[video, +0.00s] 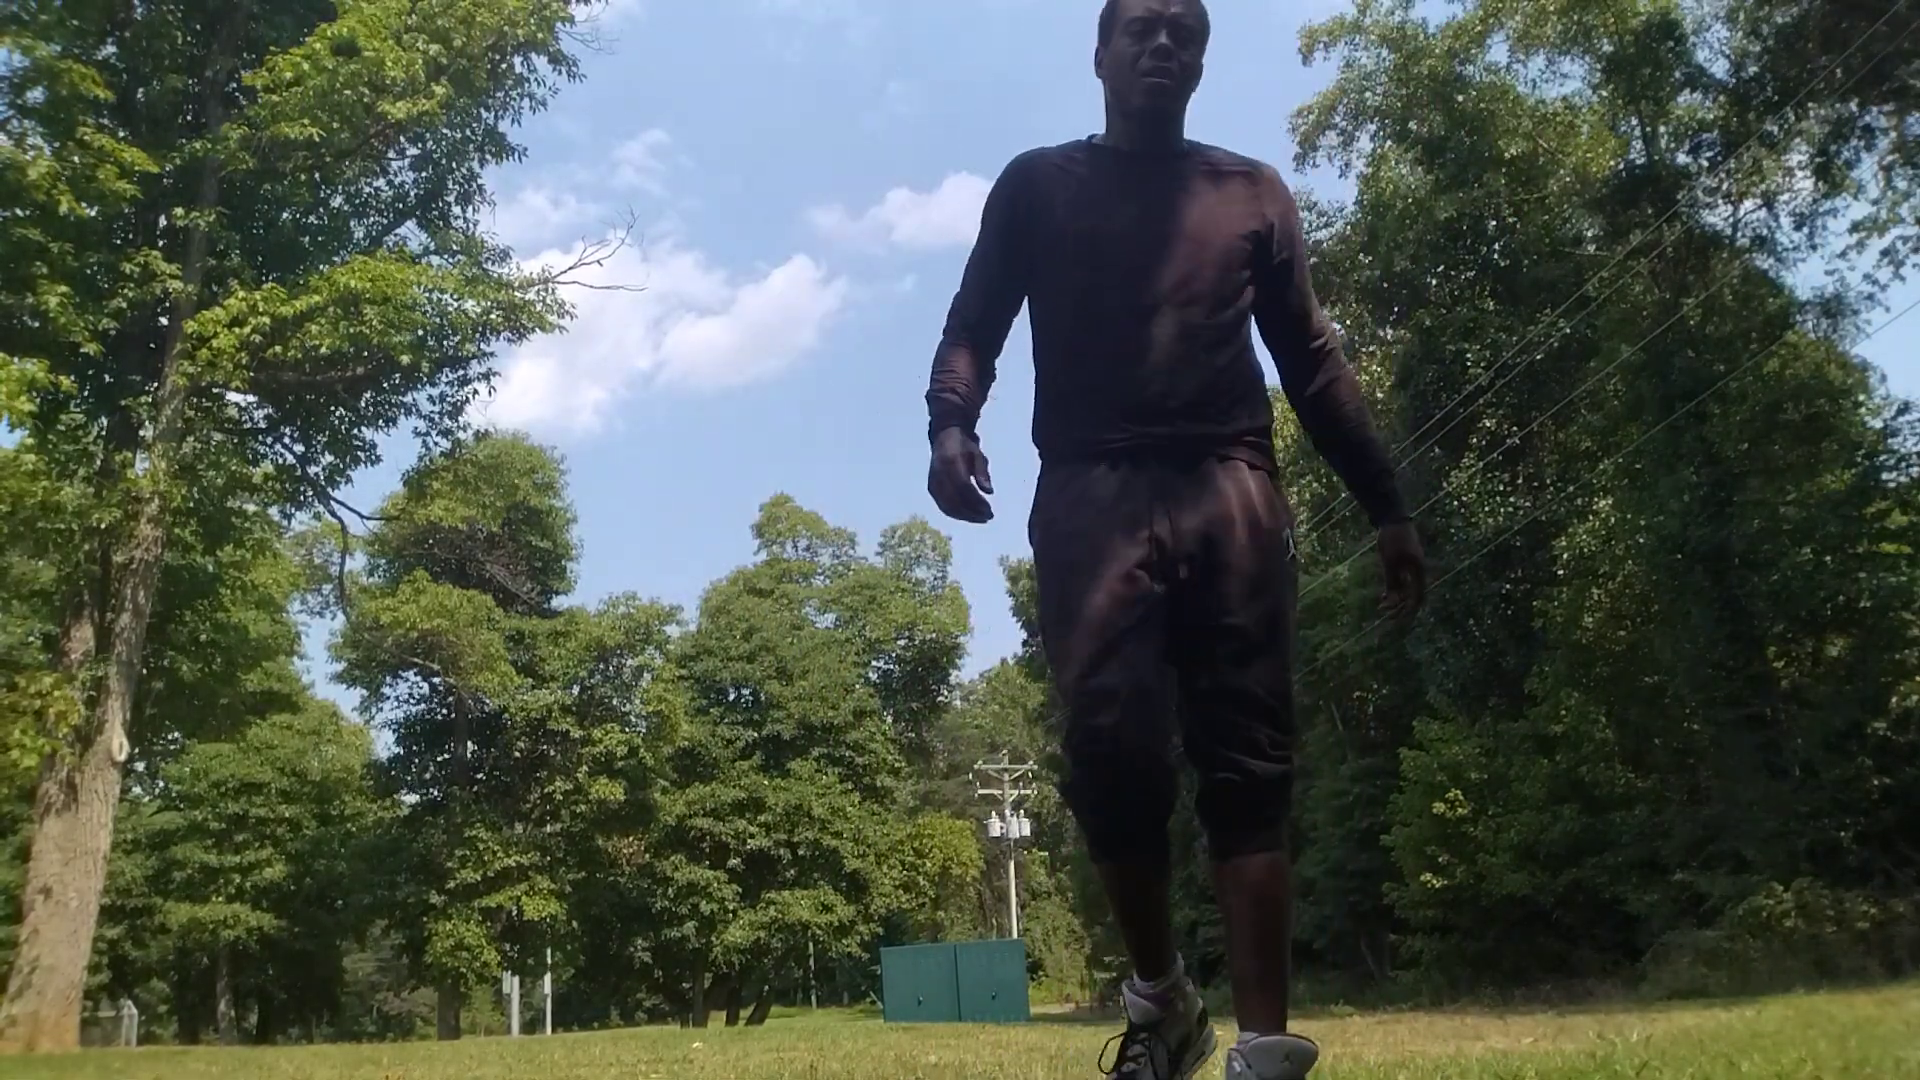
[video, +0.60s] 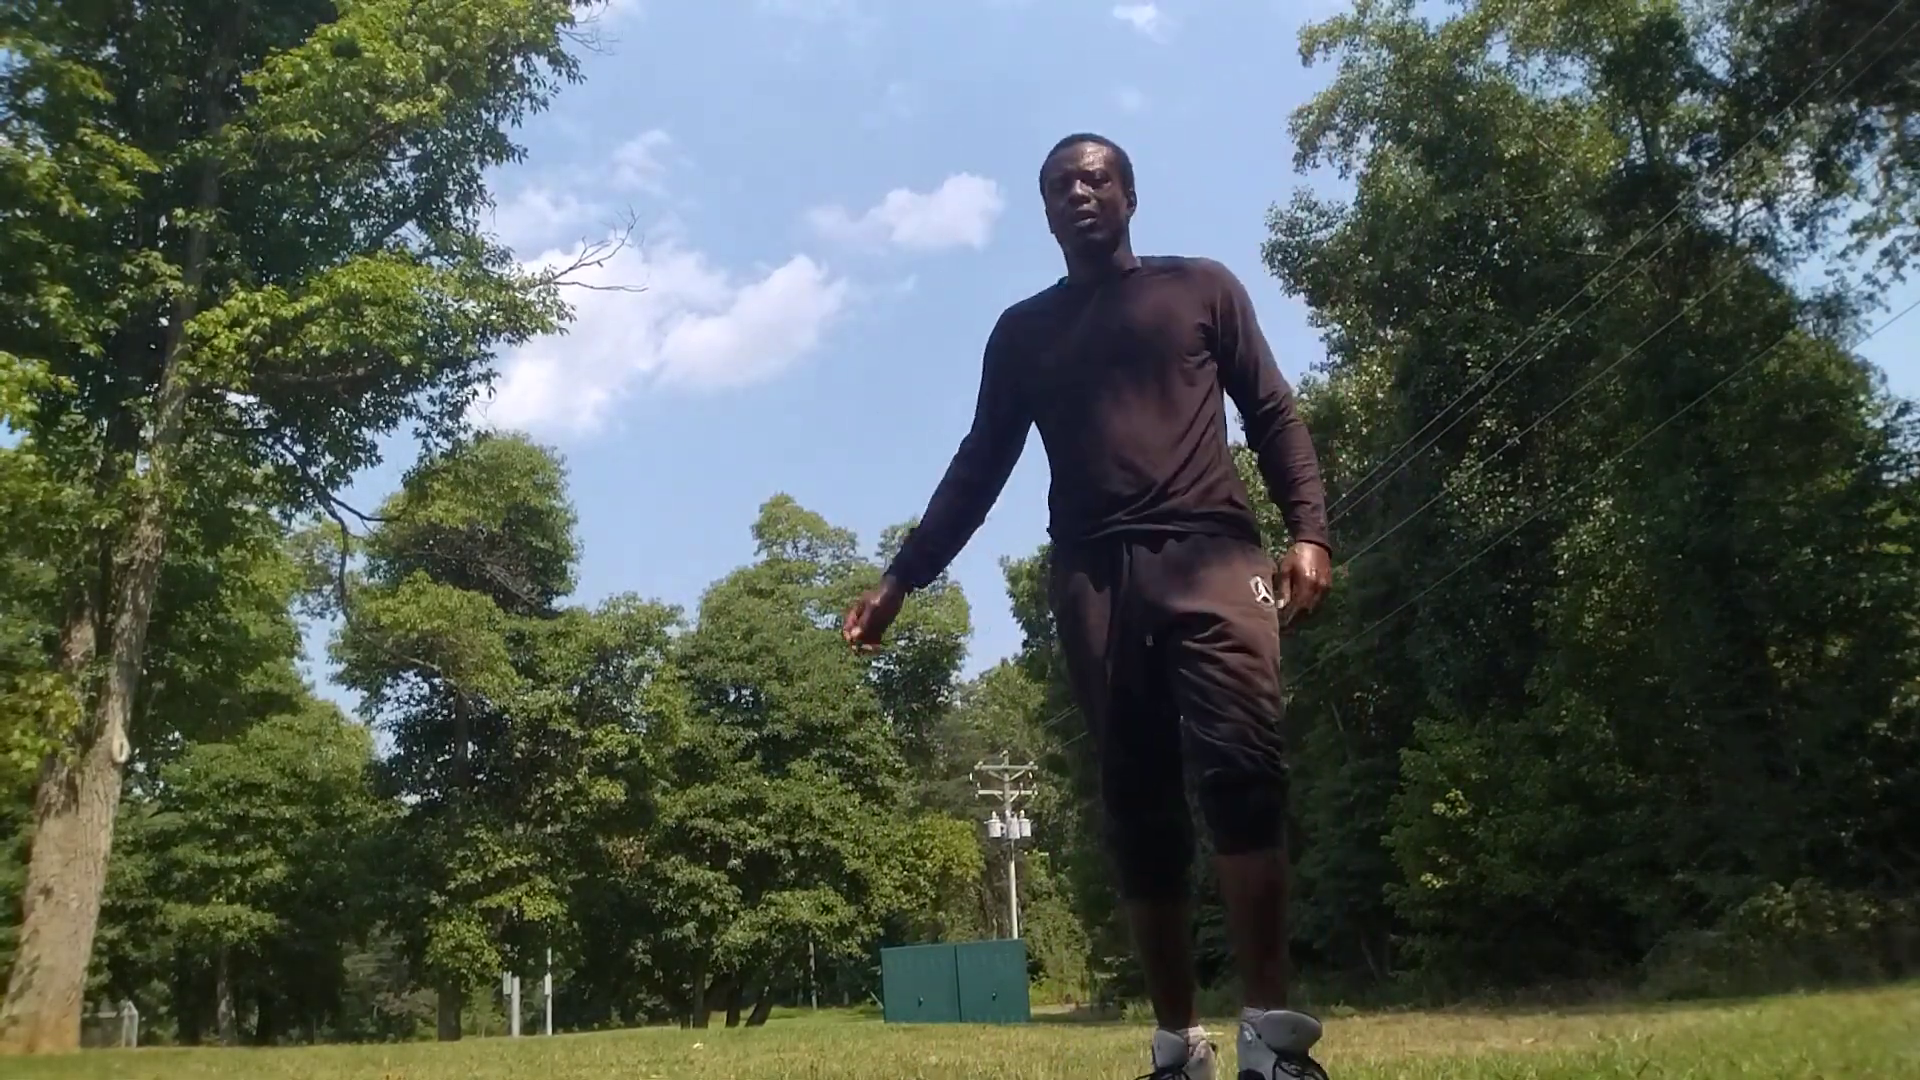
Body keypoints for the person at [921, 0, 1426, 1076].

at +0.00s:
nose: (1164, 46)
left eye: (1184, 34)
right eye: (1143, 29)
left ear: (1202, 61)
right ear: (1102, 50)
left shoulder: (1253, 191)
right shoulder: (1035, 185)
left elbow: (1314, 363)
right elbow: (971, 332)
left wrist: (1391, 511)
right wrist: (949, 421)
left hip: (1232, 492)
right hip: (1089, 497)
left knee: (1249, 767)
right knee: (1110, 749)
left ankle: (1266, 1045)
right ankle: (1155, 1000)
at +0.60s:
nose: (1080, 193)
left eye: (1097, 178)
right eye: (1063, 184)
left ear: (1131, 198)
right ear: (1045, 210)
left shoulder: (1203, 287)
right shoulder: (1023, 331)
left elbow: (1275, 414)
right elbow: (978, 467)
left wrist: (1309, 530)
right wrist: (897, 579)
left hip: (1212, 550)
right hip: (1094, 572)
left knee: (1243, 770)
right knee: (1136, 801)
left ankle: (1271, 1027)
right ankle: (1176, 1040)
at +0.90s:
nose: (1097, 233)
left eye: (1115, 218)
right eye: (1085, 225)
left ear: (1157, 236)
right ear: (1077, 251)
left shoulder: (1223, 304)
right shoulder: (1077, 366)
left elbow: (1311, 413)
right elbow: (1077, 504)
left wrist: (1349, 529)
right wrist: (1034, 622)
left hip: (1230, 572)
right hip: (1124, 590)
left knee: (1257, 781)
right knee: (1151, 810)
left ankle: (1353, 999)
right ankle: (1181, 1049)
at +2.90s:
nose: (1447, 351)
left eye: (1460, 336)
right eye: (1444, 342)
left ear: (1508, 338)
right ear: (1457, 359)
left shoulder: (1593, 402)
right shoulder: (1452, 454)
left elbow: (1677, 492)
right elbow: (1453, 563)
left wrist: (1608, 558)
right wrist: (1410, 633)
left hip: (1617, 654)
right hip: (1519, 671)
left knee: (1674, 839)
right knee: (1538, 847)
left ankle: (1728, 1036)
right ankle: (1566, 1034)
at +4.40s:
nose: (1447, 368)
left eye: (1457, 353)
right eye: (1446, 357)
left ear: (1502, 352)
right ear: (1479, 361)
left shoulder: (1559, 400)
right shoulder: (1474, 448)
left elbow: (1578, 462)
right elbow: (1485, 569)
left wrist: (1462, 451)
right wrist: (1418, 555)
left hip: (1564, 632)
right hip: (1493, 647)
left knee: (1635, 831)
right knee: (1506, 836)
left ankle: (1725, 1030)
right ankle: (1575, 1031)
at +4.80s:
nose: (1390, 386)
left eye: (1395, 372)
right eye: (1389, 375)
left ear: (1432, 369)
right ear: (1432, 371)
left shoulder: (1497, 406)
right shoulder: (1432, 458)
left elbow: (1481, 453)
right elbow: (1452, 577)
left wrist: (1383, 444)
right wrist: (1398, 596)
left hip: (1524, 633)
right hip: (1460, 654)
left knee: (1595, 830)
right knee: (1515, 847)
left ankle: (1700, 1019)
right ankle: (1576, 1029)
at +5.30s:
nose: (1410, 378)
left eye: (1423, 364)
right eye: (1399, 371)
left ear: (1452, 370)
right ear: (1394, 393)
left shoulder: (1485, 415)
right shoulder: (1398, 471)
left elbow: (1428, 325)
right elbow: (1394, 569)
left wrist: (1347, 386)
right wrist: (1347, 584)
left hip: (1513, 626)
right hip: (1440, 649)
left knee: (1561, 810)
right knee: (1496, 837)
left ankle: (1657, 1000)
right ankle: (1575, 1028)